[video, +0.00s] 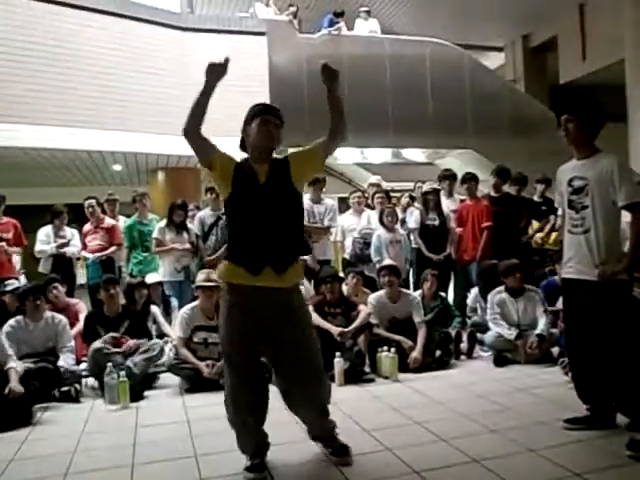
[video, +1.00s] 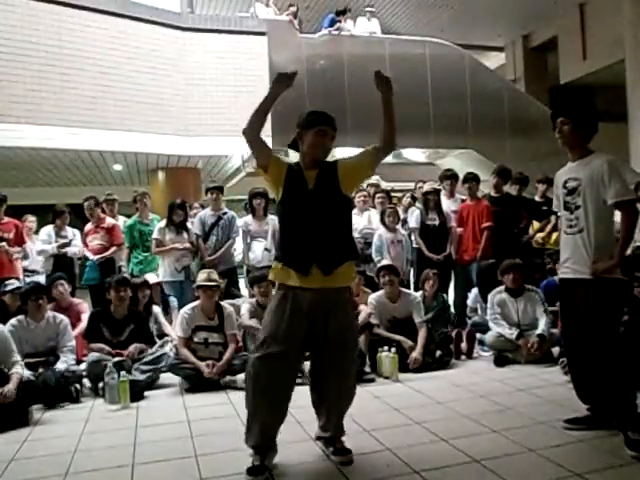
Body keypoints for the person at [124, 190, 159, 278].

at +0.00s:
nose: (144, 203)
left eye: (146, 200)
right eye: (140, 201)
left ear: (149, 202)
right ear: (135, 205)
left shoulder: (156, 221)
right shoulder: (130, 224)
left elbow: (159, 243)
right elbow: (127, 247)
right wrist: (124, 267)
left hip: (154, 266)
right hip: (136, 266)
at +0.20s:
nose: (144, 203)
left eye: (146, 199)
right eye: (140, 201)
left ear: (150, 202)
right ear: (136, 205)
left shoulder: (156, 221)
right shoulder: (130, 225)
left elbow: (160, 243)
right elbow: (127, 247)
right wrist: (124, 267)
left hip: (154, 265)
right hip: (136, 266)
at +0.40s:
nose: (144, 203)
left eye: (145, 199)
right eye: (140, 201)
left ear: (149, 202)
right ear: (135, 205)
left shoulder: (156, 221)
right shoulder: (129, 225)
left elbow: (160, 243)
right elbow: (127, 247)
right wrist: (124, 269)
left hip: (154, 266)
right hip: (136, 267)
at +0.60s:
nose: (144, 203)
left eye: (146, 199)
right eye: (140, 200)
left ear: (149, 202)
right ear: (135, 205)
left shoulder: (156, 220)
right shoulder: (130, 224)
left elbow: (160, 243)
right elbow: (127, 247)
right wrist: (125, 268)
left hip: (154, 266)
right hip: (136, 267)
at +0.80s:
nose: (144, 202)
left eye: (146, 199)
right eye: (140, 200)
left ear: (150, 202)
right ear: (136, 204)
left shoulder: (157, 220)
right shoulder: (130, 224)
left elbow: (160, 243)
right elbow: (127, 247)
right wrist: (125, 267)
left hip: (155, 265)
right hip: (137, 266)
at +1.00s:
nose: (144, 202)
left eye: (146, 199)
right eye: (140, 200)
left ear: (150, 202)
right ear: (136, 204)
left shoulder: (157, 220)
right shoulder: (130, 224)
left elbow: (160, 243)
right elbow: (127, 247)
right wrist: (125, 268)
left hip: (155, 266)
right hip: (138, 267)